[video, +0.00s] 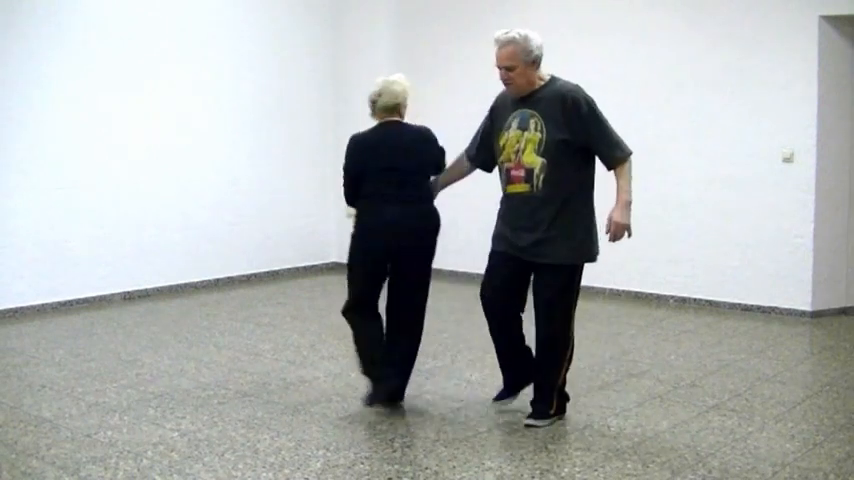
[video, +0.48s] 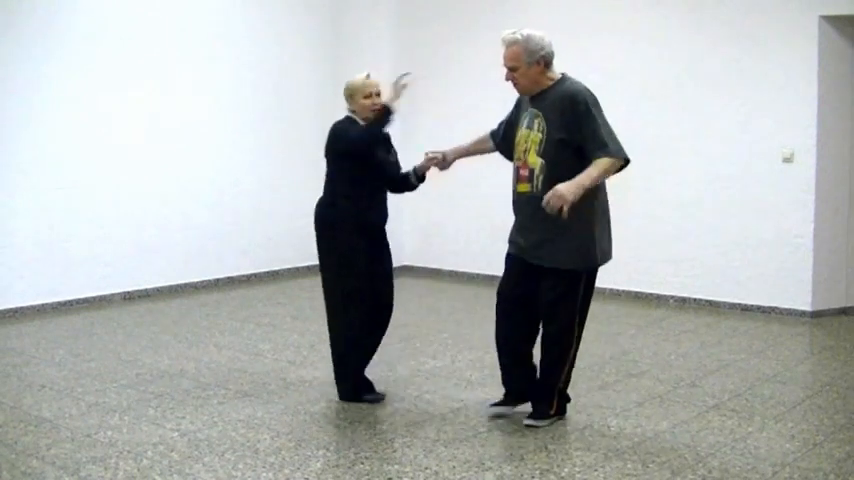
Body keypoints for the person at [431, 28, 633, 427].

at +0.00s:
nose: (502, 76)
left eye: (509, 69)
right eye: (499, 69)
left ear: (534, 65)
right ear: (499, 66)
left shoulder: (570, 100)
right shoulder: (503, 106)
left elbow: (619, 155)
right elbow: (473, 157)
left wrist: (622, 206)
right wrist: (432, 185)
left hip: (563, 234)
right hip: (513, 231)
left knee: (553, 321)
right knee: (496, 299)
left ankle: (550, 402)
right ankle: (519, 370)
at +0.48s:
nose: (507, 76)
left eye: (513, 69)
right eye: (506, 69)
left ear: (541, 66)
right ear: (528, 67)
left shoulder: (575, 99)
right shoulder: (526, 103)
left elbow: (613, 157)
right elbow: (500, 139)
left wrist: (575, 185)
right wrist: (453, 153)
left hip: (572, 242)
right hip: (528, 236)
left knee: (561, 326)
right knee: (512, 315)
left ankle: (551, 403)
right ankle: (519, 389)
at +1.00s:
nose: (519, 78)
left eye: (525, 72)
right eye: (518, 71)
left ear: (554, 69)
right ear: (545, 69)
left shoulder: (595, 101)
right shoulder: (525, 110)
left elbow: (650, 148)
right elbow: (480, 145)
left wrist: (680, 200)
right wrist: (426, 160)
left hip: (590, 230)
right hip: (551, 232)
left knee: (552, 304)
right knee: (557, 308)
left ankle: (558, 400)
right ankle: (566, 392)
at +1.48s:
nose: (492, 72)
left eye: (497, 65)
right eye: (492, 65)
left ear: (523, 66)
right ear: (519, 66)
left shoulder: (555, 96)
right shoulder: (517, 103)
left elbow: (593, 134)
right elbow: (491, 148)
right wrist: (443, 159)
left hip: (560, 247)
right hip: (523, 243)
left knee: (553, 327)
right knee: (498, 301)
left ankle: (555, 411)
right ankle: (522, 388)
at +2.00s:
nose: (423, 77)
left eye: (422, 72)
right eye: (424, 73)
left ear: (427, 68)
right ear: (459, 67)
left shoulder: (430, 98)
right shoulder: (485, 104)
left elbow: (419, 165)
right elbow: (500, 170)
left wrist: (396, 217)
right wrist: (465, 197)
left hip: (433, 228)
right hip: (475, 231)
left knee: (403, 304)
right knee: (447, 313)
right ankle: (428, 391)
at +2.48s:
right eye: (434, 64)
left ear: (400, 64)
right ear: (434, 66)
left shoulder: (372, 96)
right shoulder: (447, 101)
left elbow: (336, 155)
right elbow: (475, 166)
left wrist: (320, 201)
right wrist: (495, 193)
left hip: (372, 222)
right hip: (421, 226)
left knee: (372, 291)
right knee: (409, 310)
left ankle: (354, 367)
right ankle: (398, 397)